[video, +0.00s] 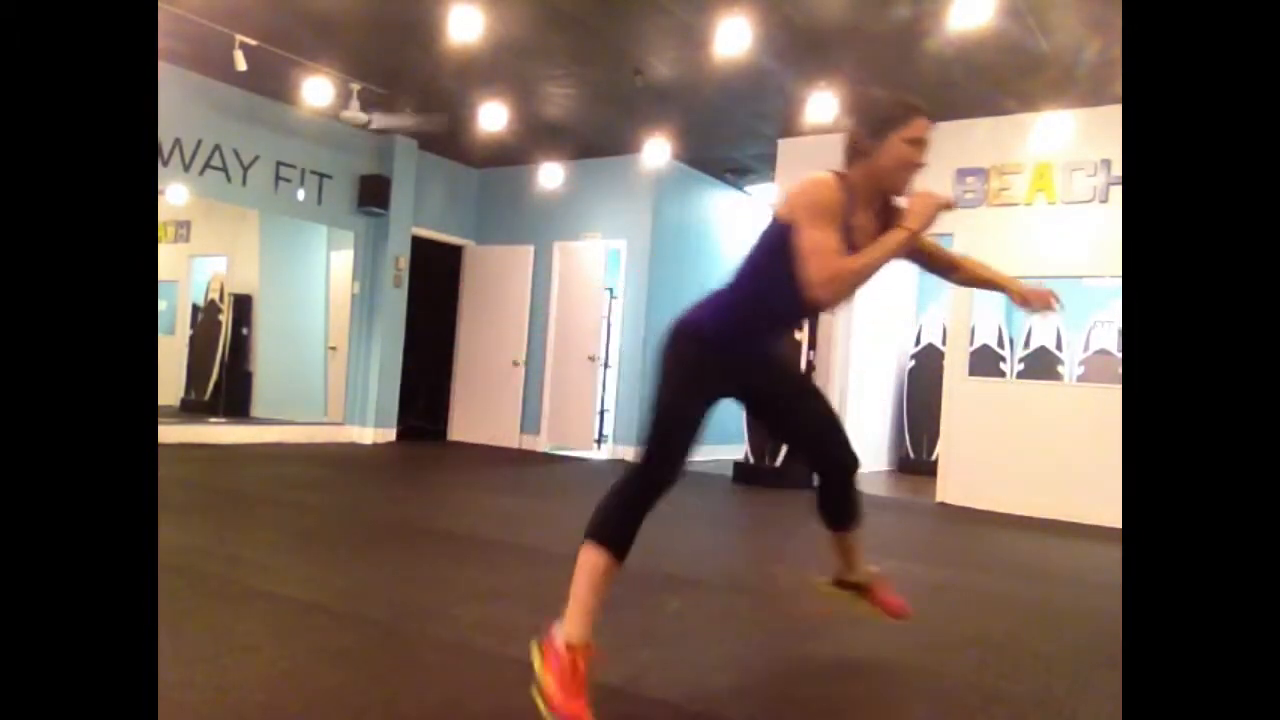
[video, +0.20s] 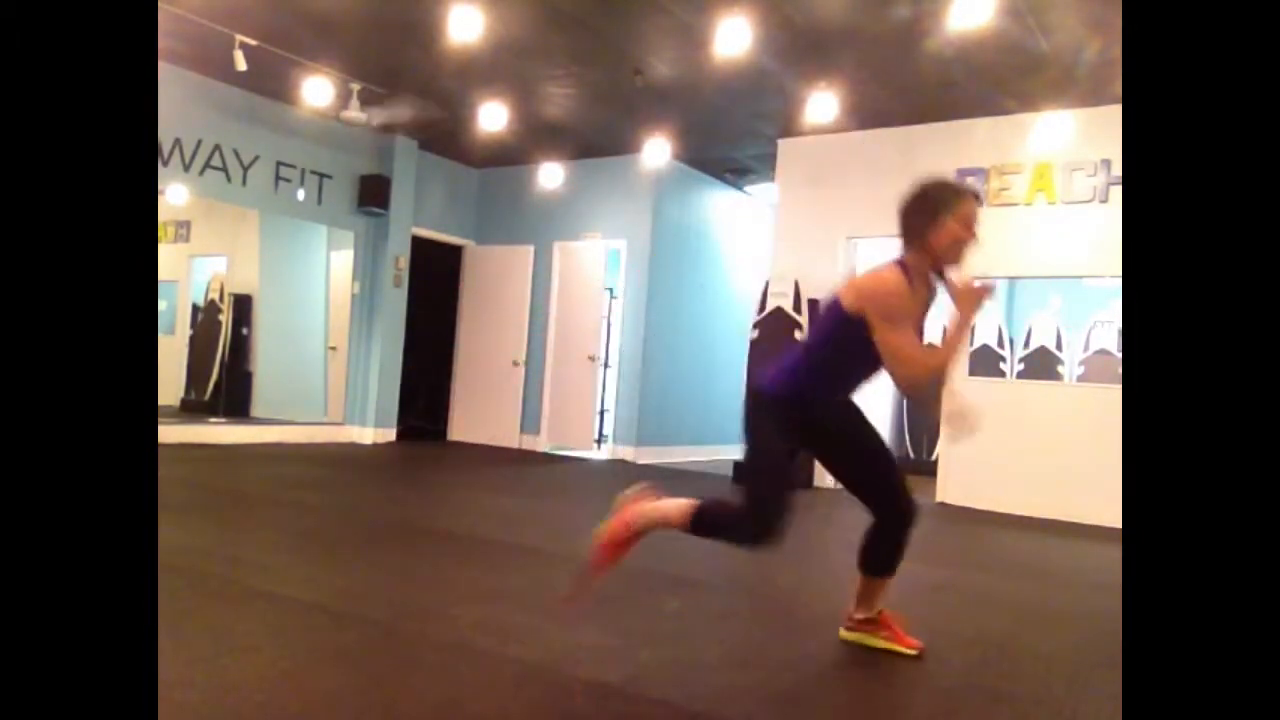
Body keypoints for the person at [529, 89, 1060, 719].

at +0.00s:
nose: (921, 157)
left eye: (924, 147)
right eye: (912, 144)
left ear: (901, 153)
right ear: (869, 142)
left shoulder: (887, 217)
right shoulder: (815, 194)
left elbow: (942, 264)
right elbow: (821, 285)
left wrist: (1012, 287)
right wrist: (907, 232)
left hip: (766, 353)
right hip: (705, 343)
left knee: (835, 458)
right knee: (655, 470)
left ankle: (851, 573)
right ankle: (567, 640)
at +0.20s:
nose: (970, 237)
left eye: (972, 227)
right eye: (963, 225)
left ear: (941, 232)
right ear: (928, 225)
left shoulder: (919, 288)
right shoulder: (888, 287)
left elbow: (905, 370)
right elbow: (917, 379)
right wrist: (963, 319)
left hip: (825, 405)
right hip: (781, 401)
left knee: (896, 510)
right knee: (758, 523)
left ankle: (864, 615)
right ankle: (646, 511)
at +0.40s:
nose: (1006, 300)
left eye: (1006, 289)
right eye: (998, 288)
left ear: (964, 293)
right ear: (965, 291)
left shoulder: (926, 331)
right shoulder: (930, 348)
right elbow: (963, 449)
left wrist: (802, 376)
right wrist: (1005, 382)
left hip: (846, 434)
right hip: (799, 437)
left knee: (919, 515)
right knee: (812, 562)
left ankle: (863, 617)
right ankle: (730, 501)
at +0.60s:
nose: (1010, 316)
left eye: (1010, 305)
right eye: (1001, 305)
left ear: (972, 311)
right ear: (965, 307)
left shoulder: (936, 345)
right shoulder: (933, 361)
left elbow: (860, 355)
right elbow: (963, 465)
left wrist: (795, 360)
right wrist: (1007, 398)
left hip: (853, 437)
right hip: (801, 443)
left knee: (924, 515)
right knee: (819, 561)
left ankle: (865, 615)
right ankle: (761, 512)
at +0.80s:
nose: (995, 278)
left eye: (995, 268)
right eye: (986, 267)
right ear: (953, 269)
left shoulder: (935, 324)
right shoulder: (915, 323)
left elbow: (883, 403)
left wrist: (903, 457)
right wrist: (952, 422)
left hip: (846, 427)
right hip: (797, 430)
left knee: (913, 510)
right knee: (844, 548)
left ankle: (864, 614)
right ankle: (780, 530)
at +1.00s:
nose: (957, 215)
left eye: (959, 204)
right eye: (948, 202)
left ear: (931, 210)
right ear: (914, 204)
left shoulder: (935, 272)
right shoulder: (864, 261)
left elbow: (1001, 328)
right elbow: (767, 295)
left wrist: (998, 302)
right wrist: (697, 353)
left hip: (836, 398)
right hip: (785, 395)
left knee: (896, 506)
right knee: (840, 494)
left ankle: (864, 616)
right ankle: (739, 583)